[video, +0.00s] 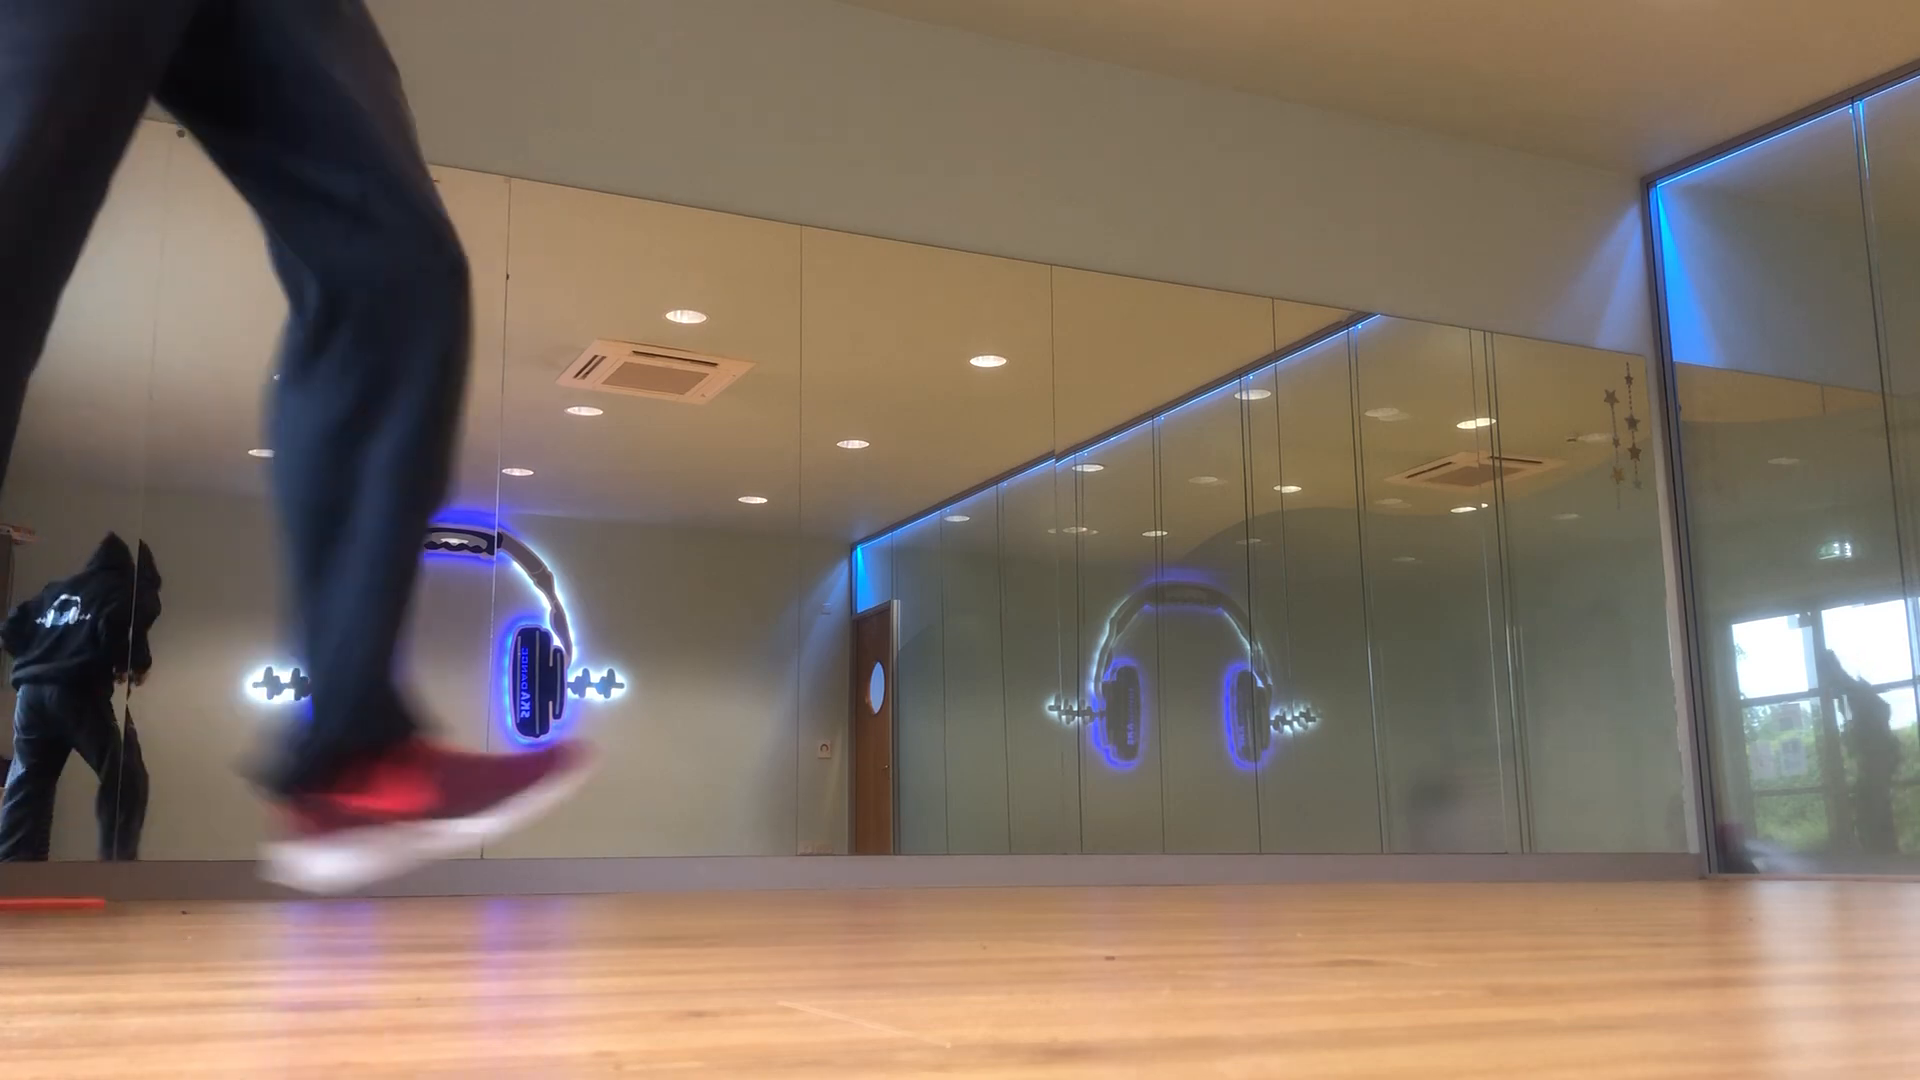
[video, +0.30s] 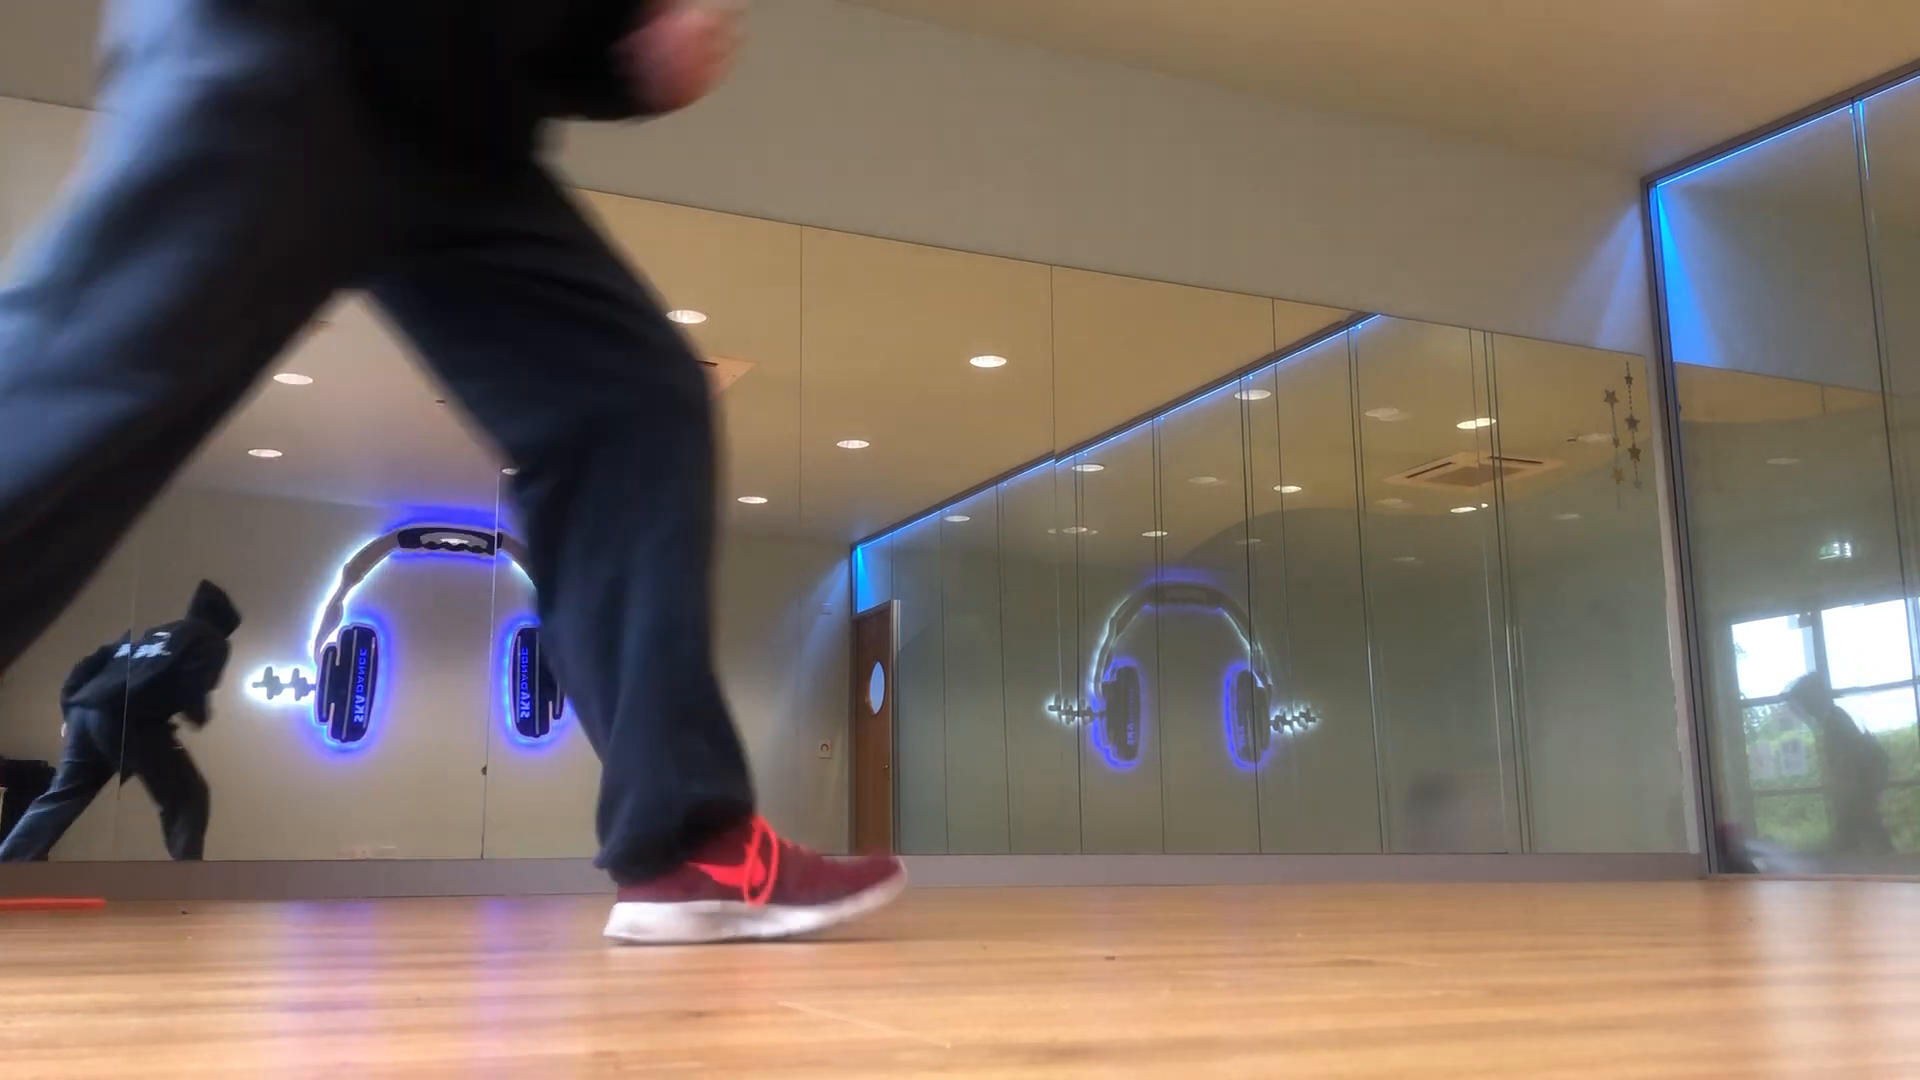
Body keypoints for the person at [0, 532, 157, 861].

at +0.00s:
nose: (154, 591)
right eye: (152, 585)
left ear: (95, 563)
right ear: (130, 569)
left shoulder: (59, 588)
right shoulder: (132, 590)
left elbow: (12, 625)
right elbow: (118, 621)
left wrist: (35, 657)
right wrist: (136, 664)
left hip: (30, 695)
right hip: (80, 695)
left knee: (27, 783)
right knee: (123, 776)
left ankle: (12, 870)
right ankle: (117, 870)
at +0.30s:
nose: (226, 633)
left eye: (226, 627)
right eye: (227, 627)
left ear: (196, 612)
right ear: (222, 623)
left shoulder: (151, 632)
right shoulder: (212, 642)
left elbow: (86, 666)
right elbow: (193, 681)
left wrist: (70, 713)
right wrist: (198, 716)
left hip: (84, 713)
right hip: (133, 718)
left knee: (62, 797)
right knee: (187, 794)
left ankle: (7, 863)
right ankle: (187, 882)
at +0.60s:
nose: (306, 589)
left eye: (308, 583)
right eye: (307, 582)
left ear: (273, 566)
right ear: (299, 574)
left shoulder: (231, 595)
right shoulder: (292, 597)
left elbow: (211, 650)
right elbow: (288, 653)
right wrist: (286, 684)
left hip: (211, 704)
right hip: (254, 707)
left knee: (215, 788)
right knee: (273, 786)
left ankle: (192, 874)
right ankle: (268, 874)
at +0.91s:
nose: (410, 596)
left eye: (410, 589)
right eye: (409, 590)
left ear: (376, 580)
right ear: (403, 588)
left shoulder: (353, 615)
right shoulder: (389, 613)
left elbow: (319, 664)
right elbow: (410, 665)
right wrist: (403, 637)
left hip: (326, 720)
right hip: (354, 720)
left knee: (346, 797)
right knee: (378, 798)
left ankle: (265, 830)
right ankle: (364, 882)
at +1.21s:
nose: (498, 601)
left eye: (498, 595)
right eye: (497, 595)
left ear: (464, 586)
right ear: (491, 592)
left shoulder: (432, 618)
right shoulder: (480, 613)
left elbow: (403, 675)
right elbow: (520, 619)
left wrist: (418, 717)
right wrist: (553, 637)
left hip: (427, 722)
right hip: (449, 721)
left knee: (483, 787)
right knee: (419, 795)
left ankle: (521, 858)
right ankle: (376, 861)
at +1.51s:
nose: (593, 613)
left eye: (595, 607)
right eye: (592, 606)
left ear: (571, 597)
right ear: (580, 601)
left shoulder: (562, 628)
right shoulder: (548, 625)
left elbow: (579, 676)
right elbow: (517, 667)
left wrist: (609, 713)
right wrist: (508, 705)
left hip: (554, 724)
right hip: (534, 725)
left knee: (585, 788)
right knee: (576, 789)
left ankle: (565, 866)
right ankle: (521, 843)